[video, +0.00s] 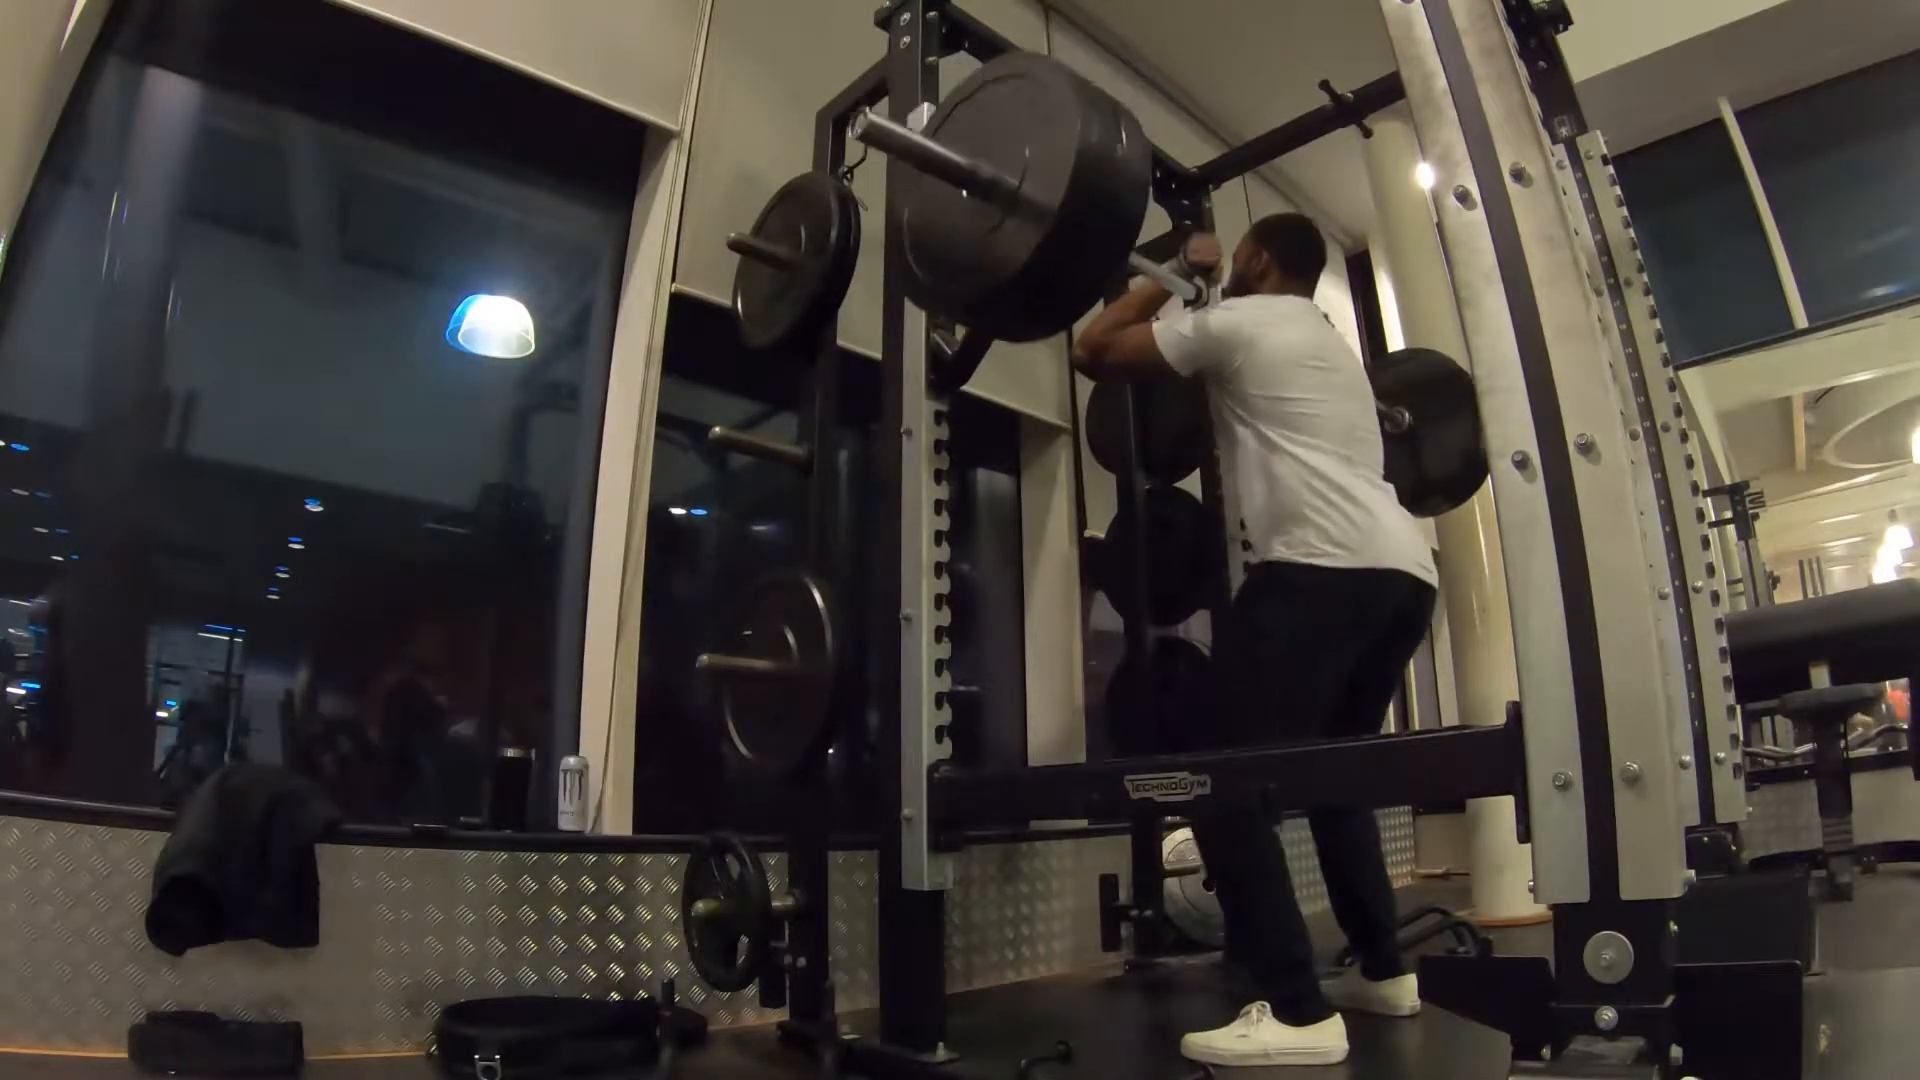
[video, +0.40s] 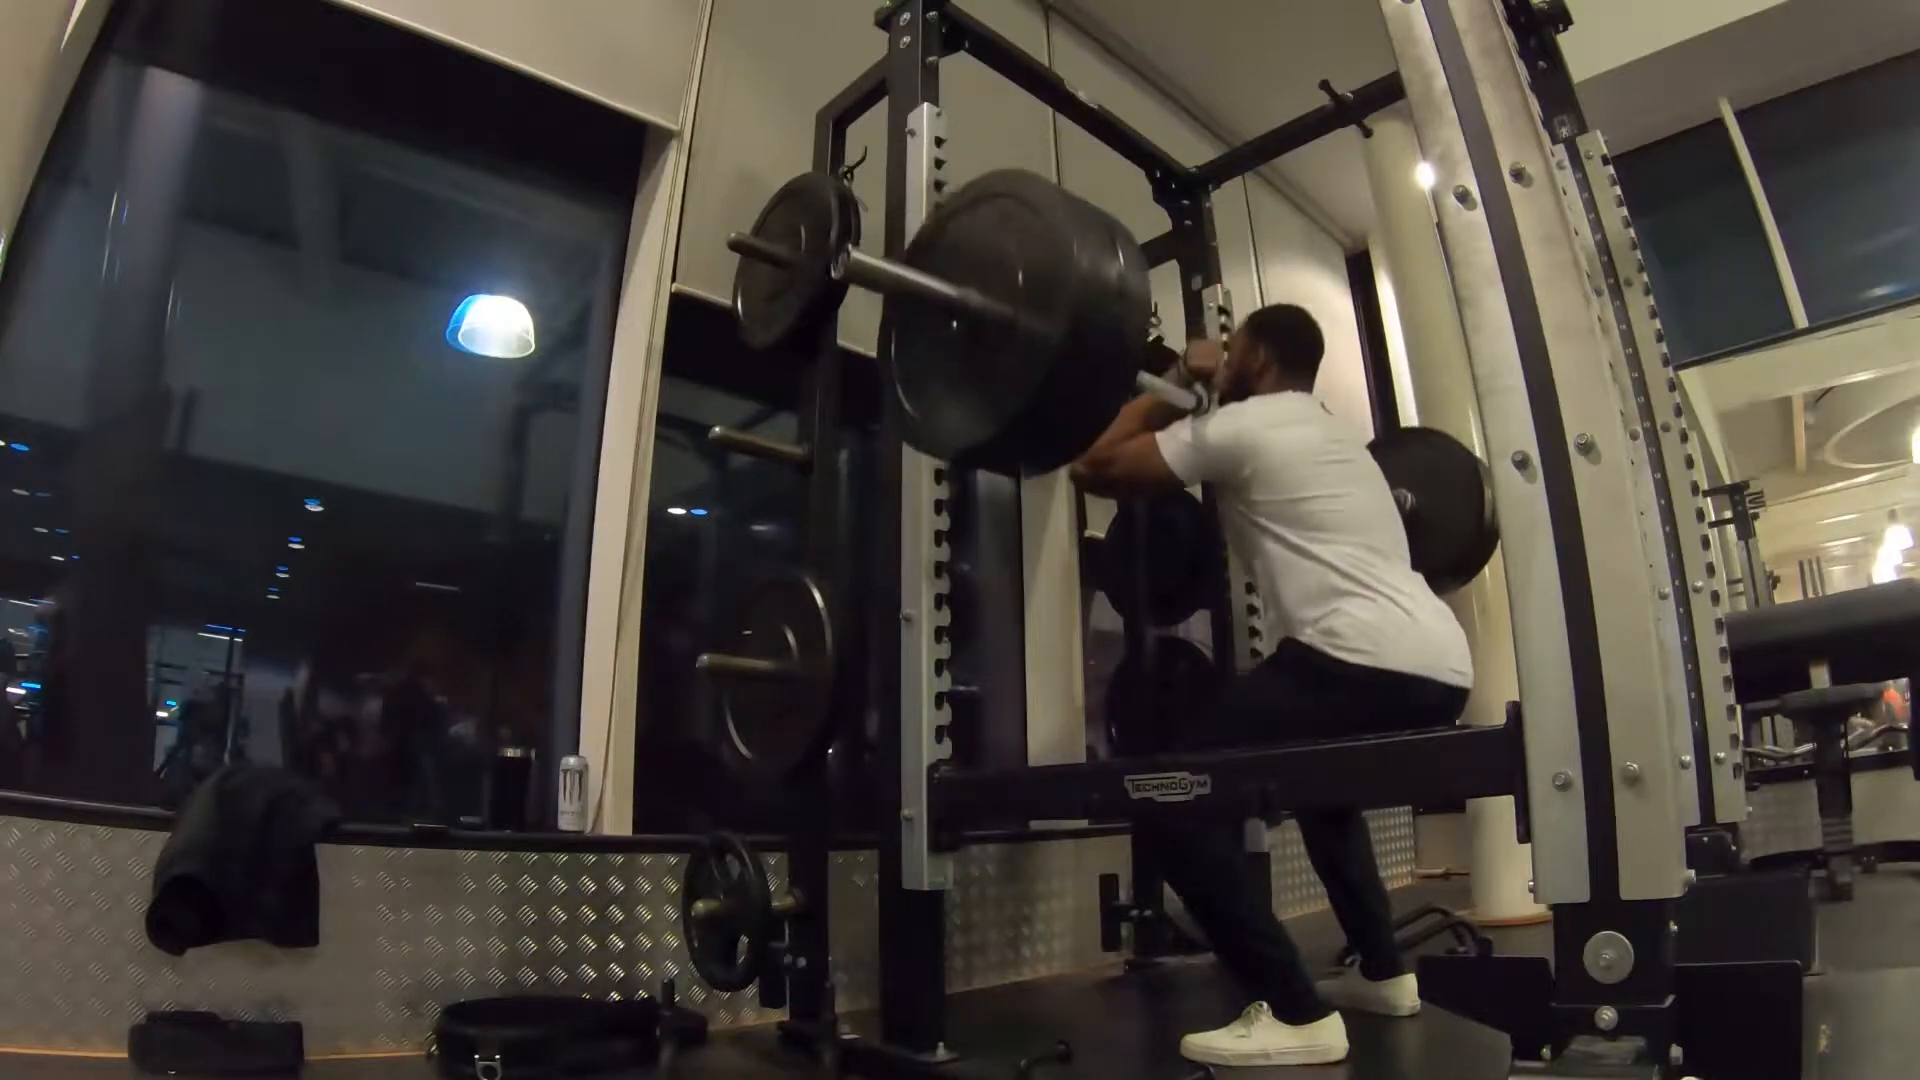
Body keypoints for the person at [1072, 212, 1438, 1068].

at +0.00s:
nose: (1237, 274)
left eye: (1242, 263)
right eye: (1239, 265)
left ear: (1259, 263)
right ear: (1312, 275)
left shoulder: (1236, 325)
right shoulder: (1333, 341)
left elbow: (1093, 345)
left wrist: (1156, 280)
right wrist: (1212, 286)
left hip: (1312, 573)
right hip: (1405, 578)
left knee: (1229, 783)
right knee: (1335, 769)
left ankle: (1294, 1011)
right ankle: (1384, 970)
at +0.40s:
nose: (1222, 361)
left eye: (1232, 349)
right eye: (1227, 348)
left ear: (1259, 361)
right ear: (1302, 370)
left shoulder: (1242, 429)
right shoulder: (1339, 431)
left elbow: (1096, 464)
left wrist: (1168, 391)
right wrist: (1219, 387)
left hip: (1349, 662)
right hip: (1441, 675)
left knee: (1174, 793)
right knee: (1313, 779)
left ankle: (1294, 1013)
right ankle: (1384, 970)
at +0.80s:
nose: (1225, 452)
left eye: (1232, 441)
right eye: (1227, 439)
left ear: (1254, 450)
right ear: (1304, 456)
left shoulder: (1240, 528)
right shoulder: (1333, 517)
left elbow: (1107, 569)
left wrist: (1166, 486)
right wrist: (1221, 477)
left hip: (1363, 757)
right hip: (1456, 752)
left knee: (1151, 811)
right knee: (1286, 777)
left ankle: (1295, 1013)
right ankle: (1381, 969)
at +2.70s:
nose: (1206, 252)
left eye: (1212, 240)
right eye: (1210, 242)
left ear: (1235, 241)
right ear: (1278, 251)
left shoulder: (1218, 306)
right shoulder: (1306, 314)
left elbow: (1081, 339)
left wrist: (1147, 270)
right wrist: (1186, 276)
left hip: (1279, 546)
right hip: (1361, 546)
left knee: (1274, 772)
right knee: (1345, 763)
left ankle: (1300, 1009)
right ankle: (1384, 969)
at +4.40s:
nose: (1227, 530)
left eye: (1233, 519)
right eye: (1230, 519)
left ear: (1261, 528)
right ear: (1313, 530)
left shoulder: (1253, 608)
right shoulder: (1339, 593)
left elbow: (1132, 659)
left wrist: (1176, 568)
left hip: (1390, 859)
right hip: (1461, 857)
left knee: (1152, 829)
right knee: (1299, 794)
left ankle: (1291, 1012)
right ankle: (1381, 970)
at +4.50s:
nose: (1226, 539)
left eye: (1234, 528)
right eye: (1230, 528)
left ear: (1261, 538)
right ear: (1311, 540)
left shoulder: (1252, 620)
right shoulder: (1341, 601)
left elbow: (1134, 676)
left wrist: (1175, 584)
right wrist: (1225, 581)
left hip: (1396, 872)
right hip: (1463, 869)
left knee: (1153, 829)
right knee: (1290, 797)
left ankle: (1291, 1013)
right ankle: (1382, 970)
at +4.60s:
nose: (1225, 537)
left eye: (1233, 525)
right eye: (1229, 525)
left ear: (1263, 535)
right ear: (1311, 539)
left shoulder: (1255, 615)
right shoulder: (1342, 599)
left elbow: (1136, 672)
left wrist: (1177, 578)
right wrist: (1209, 576)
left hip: (1394, 866)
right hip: (1464, 865)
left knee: (1156, 828)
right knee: (1298, 796)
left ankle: (1291, 1013)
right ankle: (1381, 970)